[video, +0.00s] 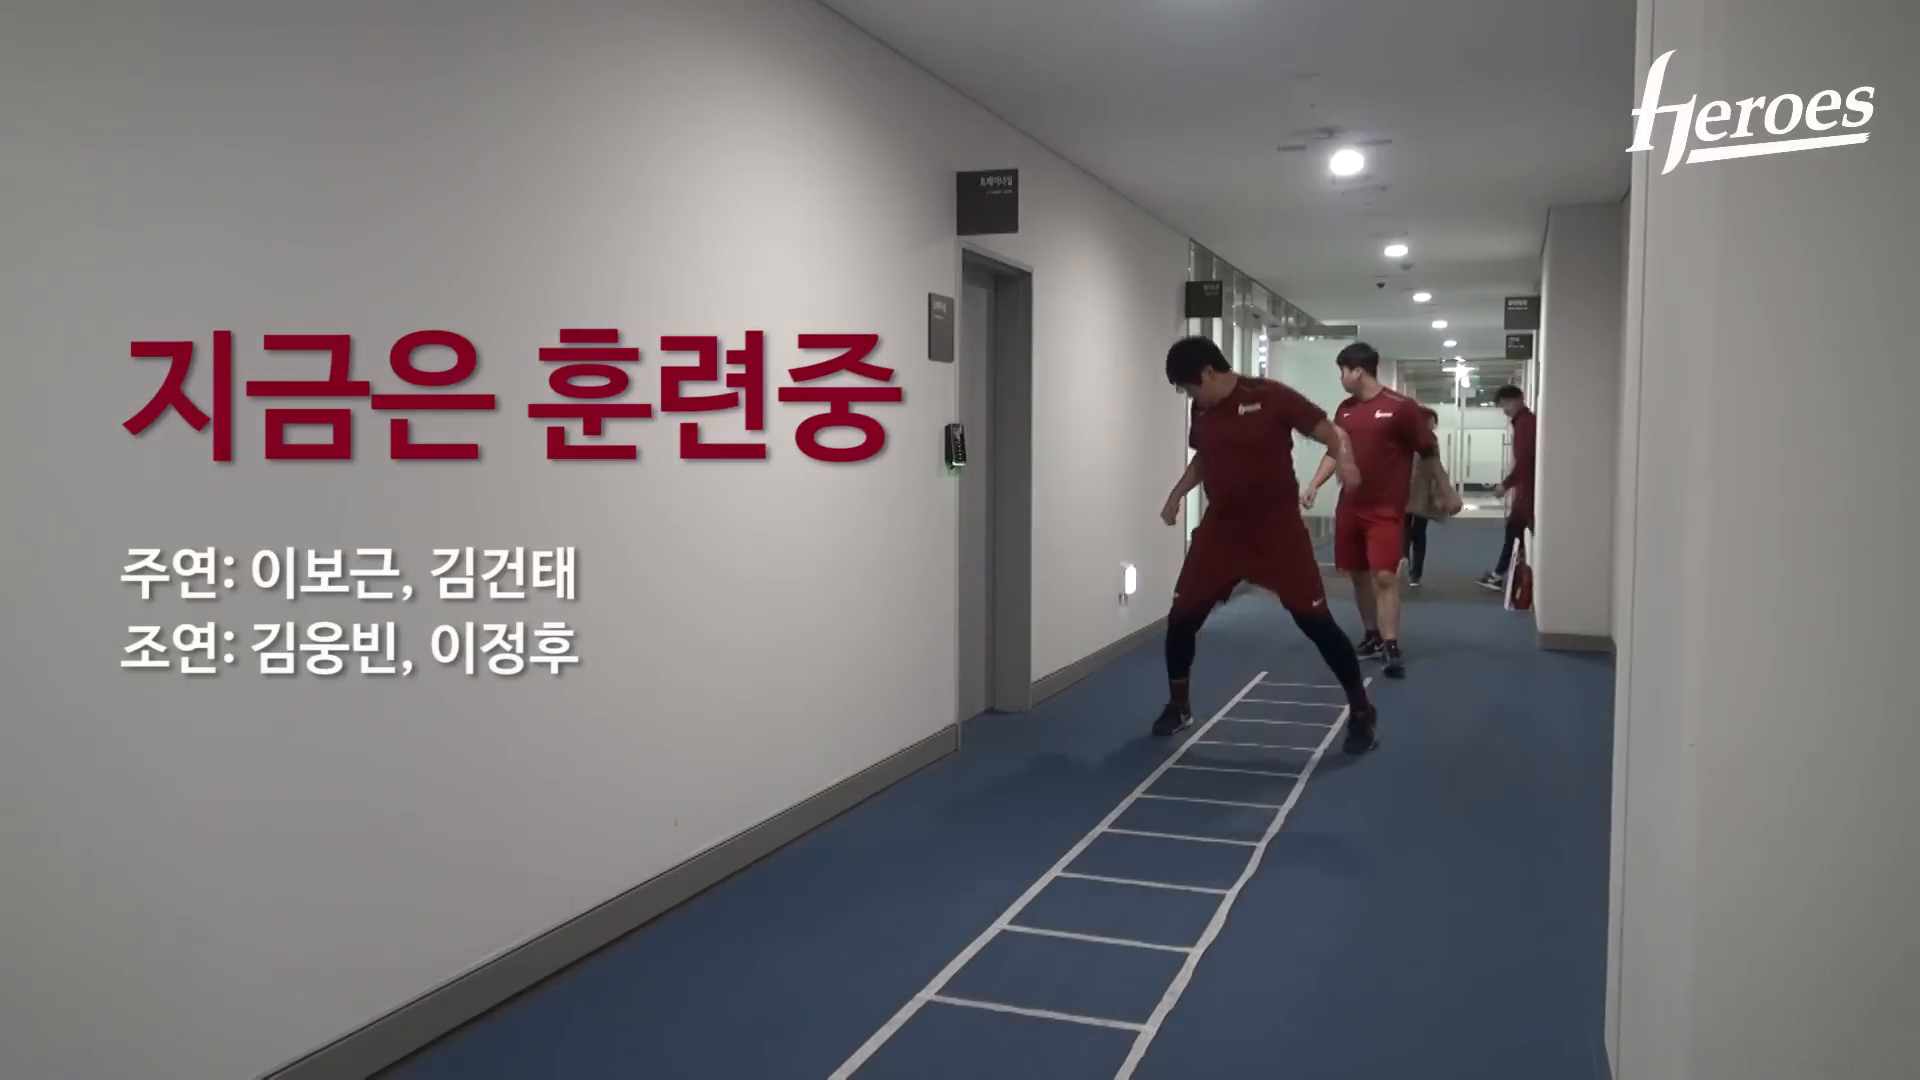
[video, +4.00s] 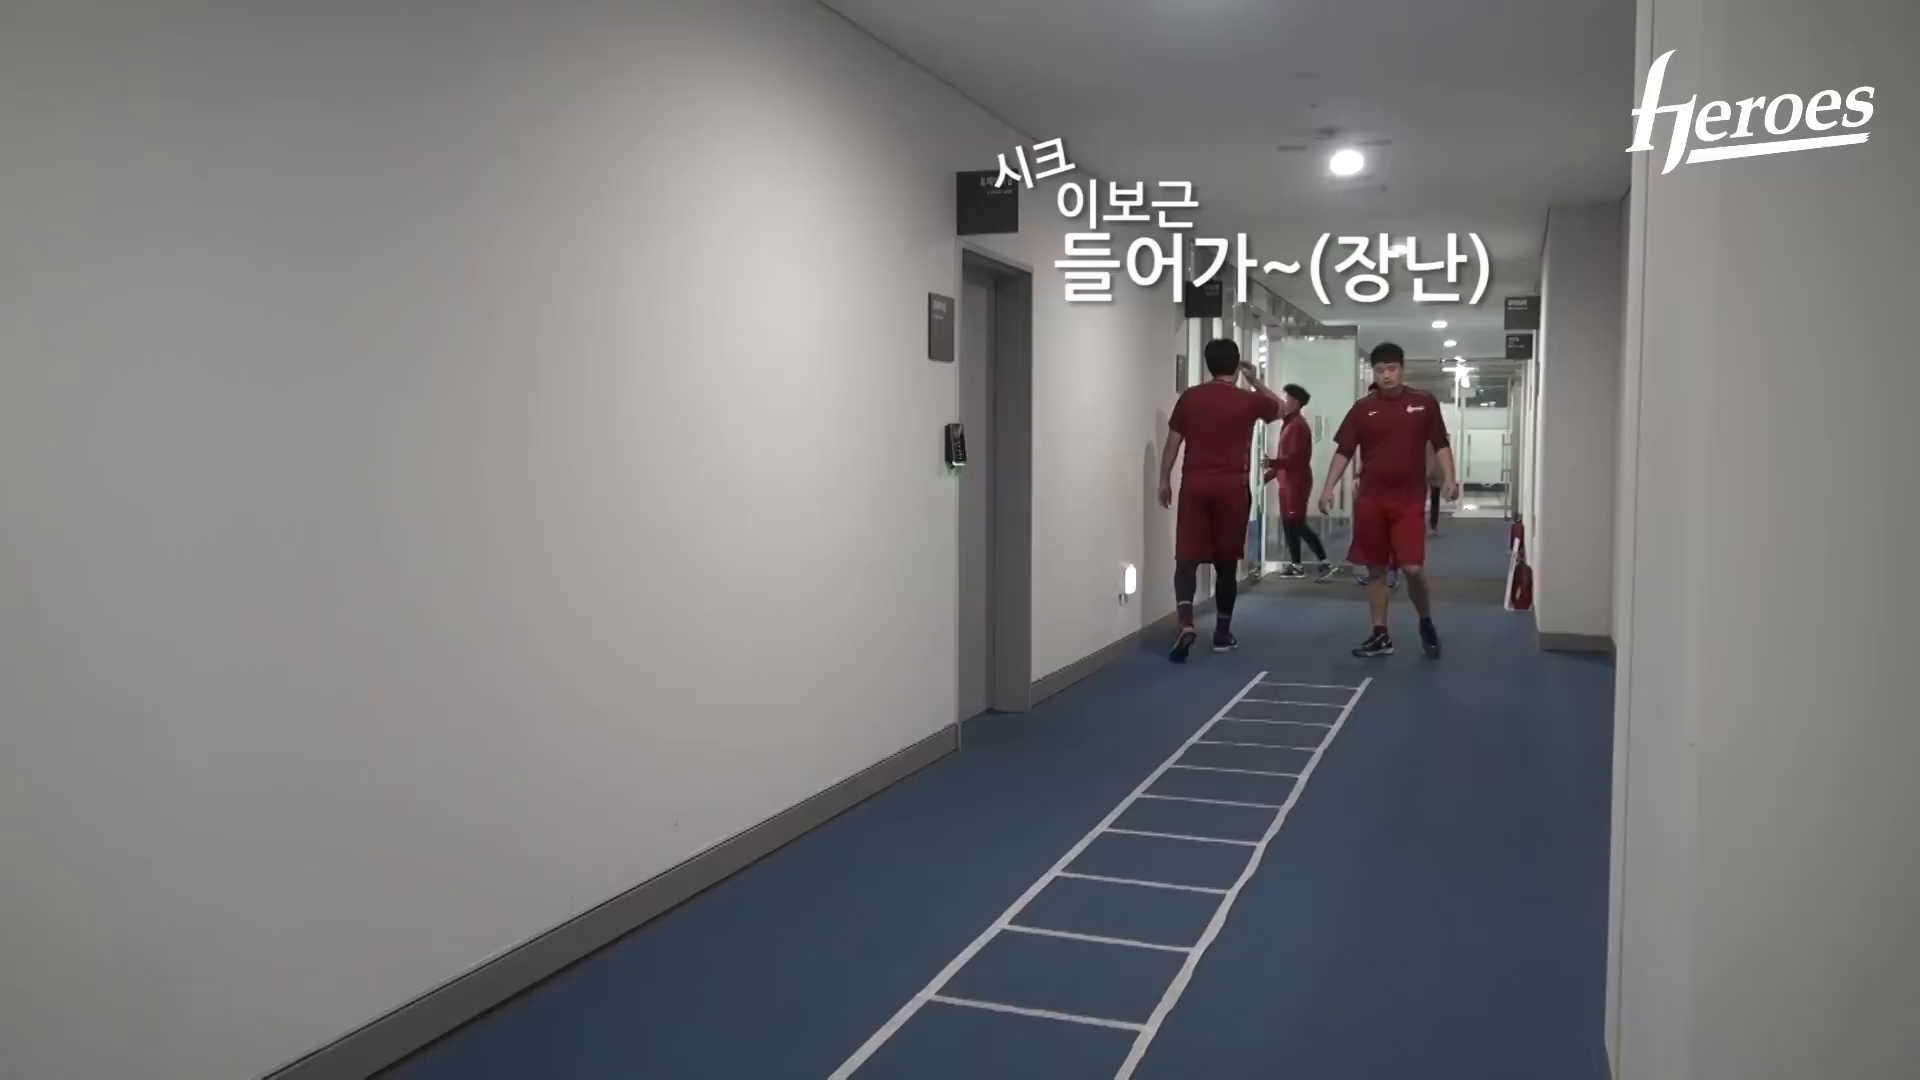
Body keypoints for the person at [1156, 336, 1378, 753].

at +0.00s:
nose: (1191, 398)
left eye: (1190, 389)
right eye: (1186, 391)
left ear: (1208, 372)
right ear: (1203, 375)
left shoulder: (1271, 396)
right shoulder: (1204, 413)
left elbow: (1332, 434)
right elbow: (1207, 458)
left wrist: (1345, 461)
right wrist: (1176, 492)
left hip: (1278, 531)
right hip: (1221, 533)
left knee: (1313, 619)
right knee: (1181, 618)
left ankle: (1361, 709)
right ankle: (1177, 705)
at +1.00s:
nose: (1235, 368)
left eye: (1240, 360)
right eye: (1231, 361)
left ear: (1263, 353)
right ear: (1230, 357)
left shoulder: (1306, 384)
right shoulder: (1229, 393)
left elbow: (1341, 429)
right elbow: (1222, 437)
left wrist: (1315, 455)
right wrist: (1208, 471)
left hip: (1300, 510)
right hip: (1250, 508)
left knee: (1303, 598)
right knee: (1247, 597)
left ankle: (1300, 678)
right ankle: (1261, 680)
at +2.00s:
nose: (1247, 353)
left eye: (1247, 346)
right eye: (1248, 346)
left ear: (1254, 346)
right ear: (1280, 341)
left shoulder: (1286, 373)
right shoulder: (1281, 375)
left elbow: (1308, 416)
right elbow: (1302, 428)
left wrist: (1265, 448)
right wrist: (1262, 455)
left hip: (1301, 495)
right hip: (1282, 495)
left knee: (1312, 573)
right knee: (1273, 573)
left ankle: (1326, 652)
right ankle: (1266, 658)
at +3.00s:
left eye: (1231, 362)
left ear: (1231, 363)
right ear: (1261, 361)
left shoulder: (1229, 398)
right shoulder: (1285, 397)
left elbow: (1226, 442)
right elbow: (1306, 450)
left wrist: (1216, 489)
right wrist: (1286, 475)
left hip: (1245, 498)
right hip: (1284, 498)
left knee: (1217, 571)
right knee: (1287, 573)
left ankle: (1198, 648)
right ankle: (1293, 653)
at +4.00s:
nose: (1235, 368)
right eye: (1236, 363)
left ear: (1207, 366)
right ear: (1238, 367)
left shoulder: (1190, 397)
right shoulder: (1247, 399)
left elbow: (1173, 442)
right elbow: (1278, 408)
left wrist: (1164, 481)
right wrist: (1255, 380)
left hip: (1194, 486)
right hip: (1232, 488)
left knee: (1186, 560)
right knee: (1226, 564)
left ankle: (1186, 625)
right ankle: (1223, 634)